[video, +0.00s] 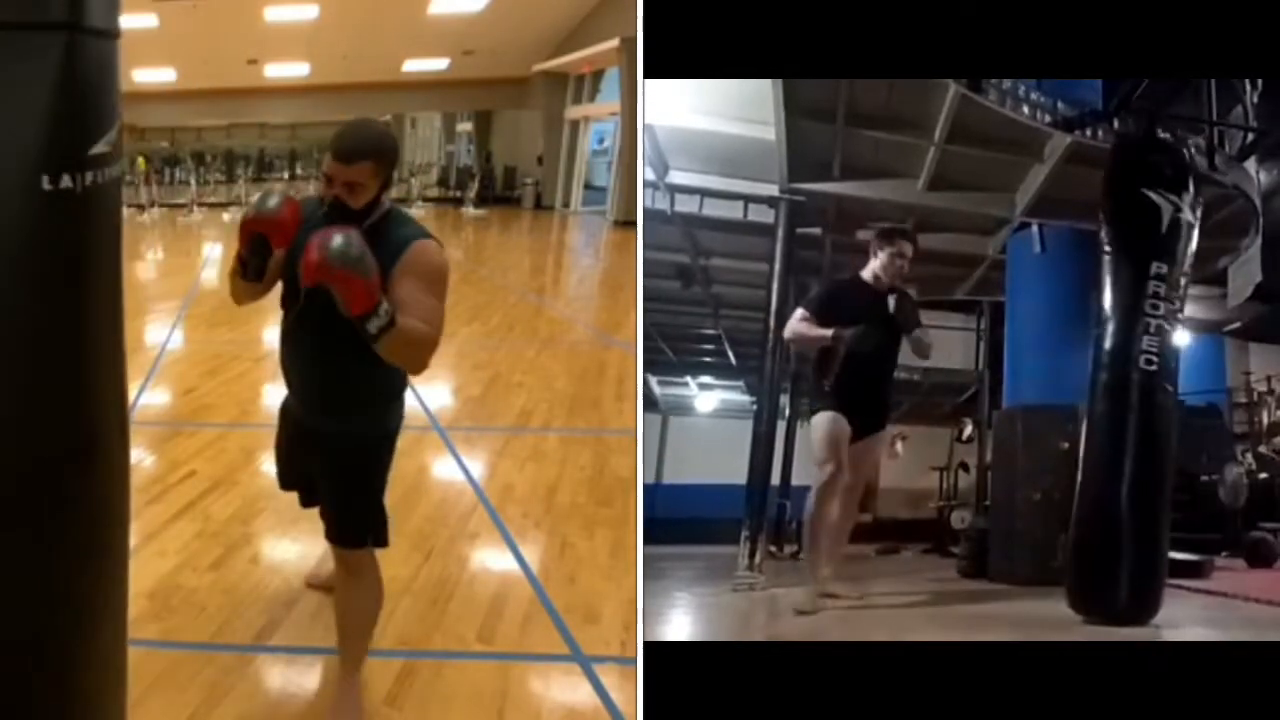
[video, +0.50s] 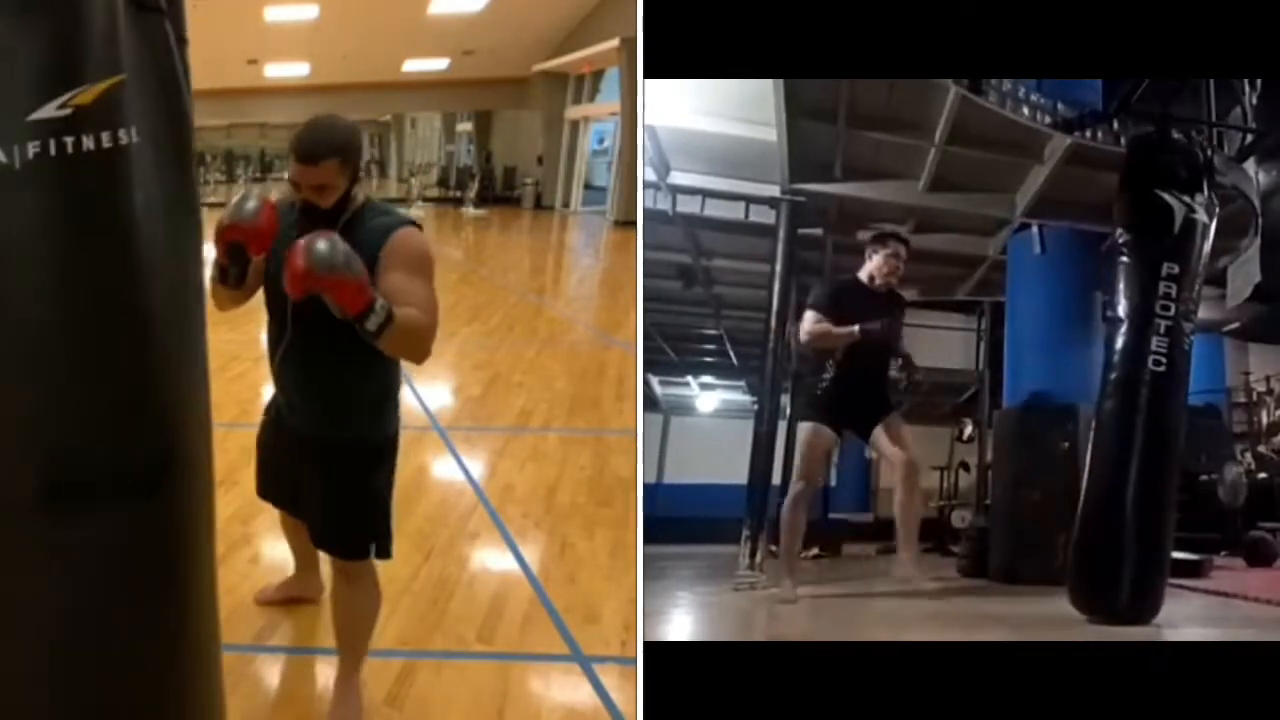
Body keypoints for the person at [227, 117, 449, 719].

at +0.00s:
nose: (338, 197)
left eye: (354, 189)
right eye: (332, 183)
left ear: (386, 183)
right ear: (323, 170)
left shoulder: (416, 253)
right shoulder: (304, 219)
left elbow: (417, 356)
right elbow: (245, 294)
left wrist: (368, 306)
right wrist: (253, 247)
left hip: (363, 418)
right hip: (305, 401)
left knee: (353, 554)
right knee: (325, 494)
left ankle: (347, 686)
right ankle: (345, 566)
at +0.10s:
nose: (344, 186)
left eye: (358, 175)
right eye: (335, 173)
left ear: (385, 178)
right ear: (322, 175)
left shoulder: (417, 244)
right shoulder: (305, 219)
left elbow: (393, 340)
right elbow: (241, 276)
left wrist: (369, 258)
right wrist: (258, 217)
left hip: (365, 420)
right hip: (305, 402)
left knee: (354, 553)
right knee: (321, 495)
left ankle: (349, 684)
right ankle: (345, 565)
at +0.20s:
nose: (342, 174)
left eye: (357, 162)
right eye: (336, 160)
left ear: (386, 174)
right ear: (320, 168)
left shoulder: (415, 239)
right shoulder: (304, 206)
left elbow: (380, 327)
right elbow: (241, 268)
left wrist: (365, 226)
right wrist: (260, 197)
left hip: (365, 421)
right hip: (303, 401)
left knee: (354, 557)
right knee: (311, 490)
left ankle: (349, 683)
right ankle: (340, 560)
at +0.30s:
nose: (326, 185)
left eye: (341, 174)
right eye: (320, 174)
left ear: (373, 176)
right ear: (311, 175)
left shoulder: (412, 242)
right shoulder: (300, 217)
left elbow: (385, 338)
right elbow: (238, 276)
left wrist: (361, 245)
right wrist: (255, 208)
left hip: (363, 424)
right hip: (300, 401)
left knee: (353, 559)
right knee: (291, 480)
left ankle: (348, 686)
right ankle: (324, 557)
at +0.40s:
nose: (316, 199)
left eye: (331, 189)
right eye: (307, 185)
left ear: (365, 180)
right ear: (298, 172)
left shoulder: (405, 242)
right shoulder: (292, 222)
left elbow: (406, 352)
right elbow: (233, 290)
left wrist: (353, 291)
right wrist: (238, 242)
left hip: (362, 423)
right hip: (297, 403)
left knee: (352, 556)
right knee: (290, 487)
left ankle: (348, 684)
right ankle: (306, 571)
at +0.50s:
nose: (311, 199)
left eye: (324, 189)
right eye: (301, 186)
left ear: (355, 175)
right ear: (291, 173)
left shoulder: (396, 240)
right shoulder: (280, 220)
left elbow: (418, 342)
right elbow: (228, 299)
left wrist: (360, 302)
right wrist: (232, 255)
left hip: (358, 425)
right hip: (292, 408)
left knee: (349, 557)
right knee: (290, 496)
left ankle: (348, 684)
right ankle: (306, 578)